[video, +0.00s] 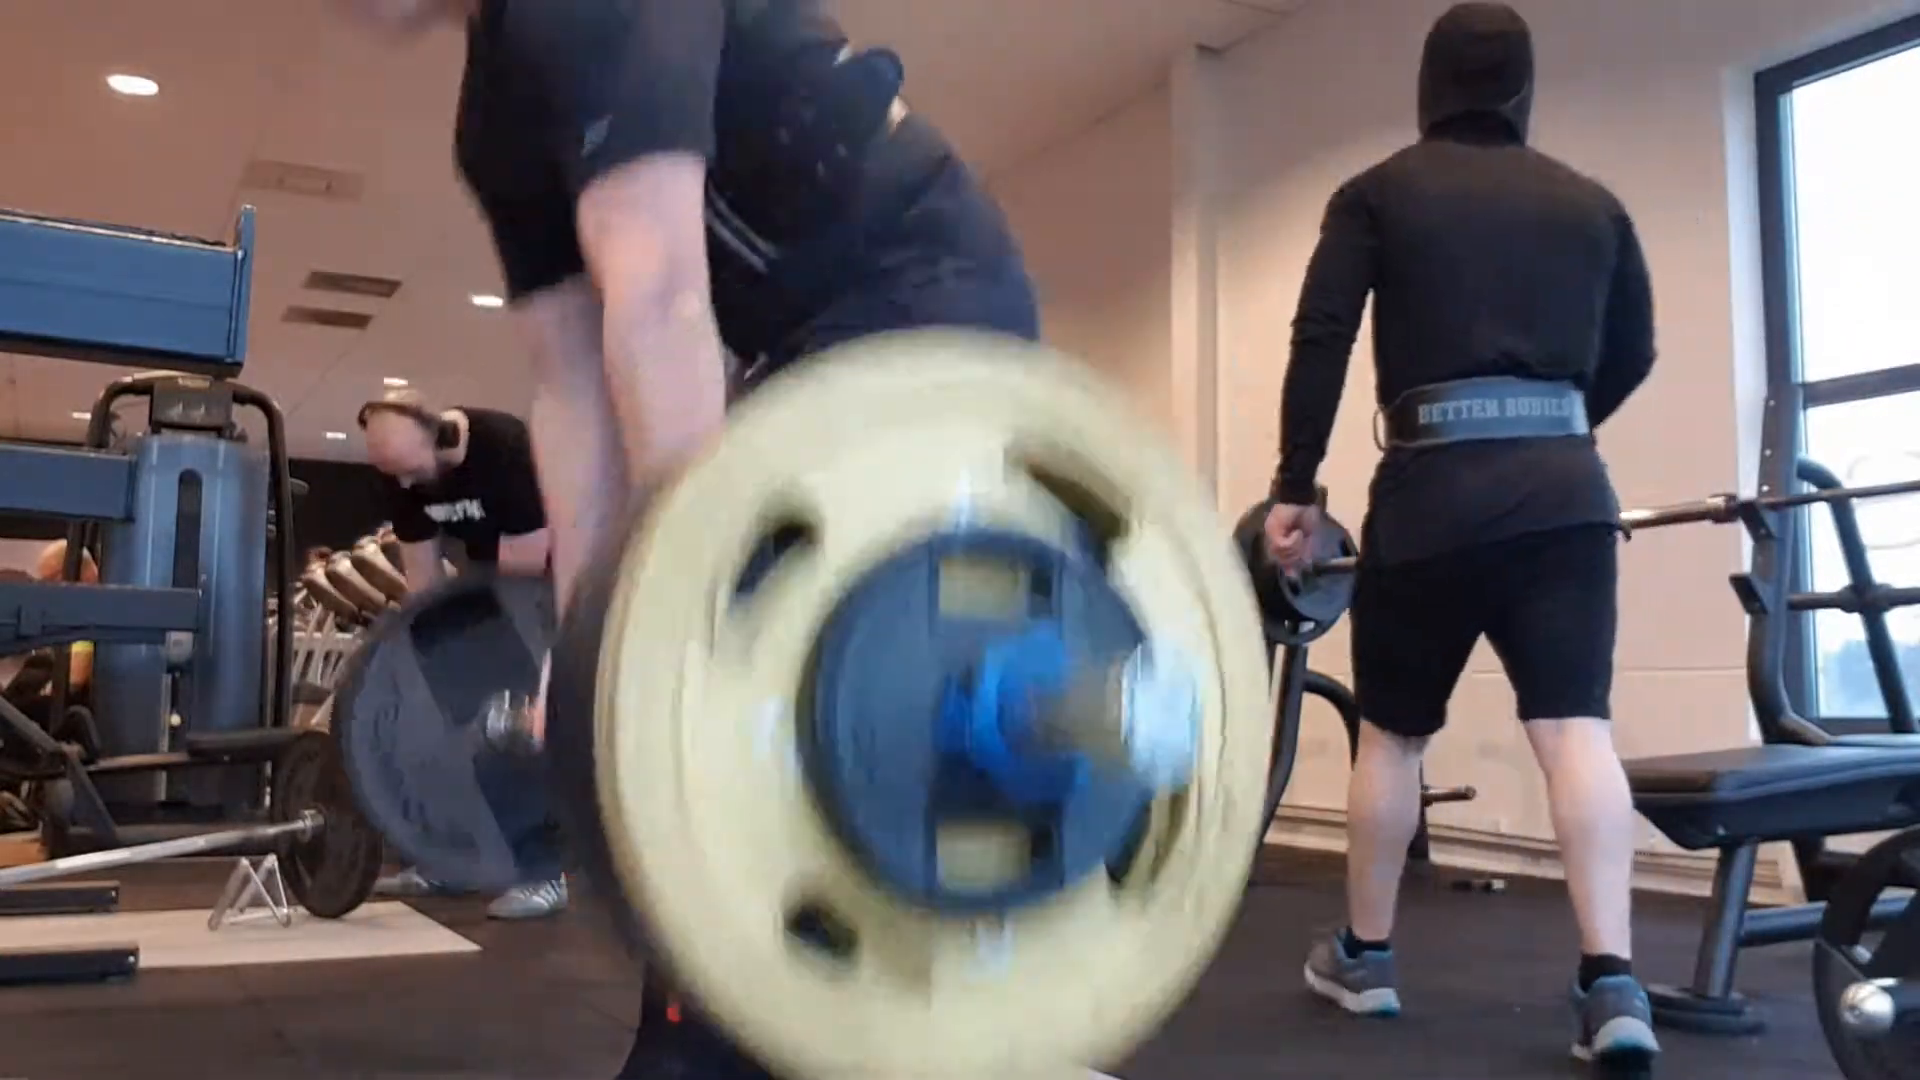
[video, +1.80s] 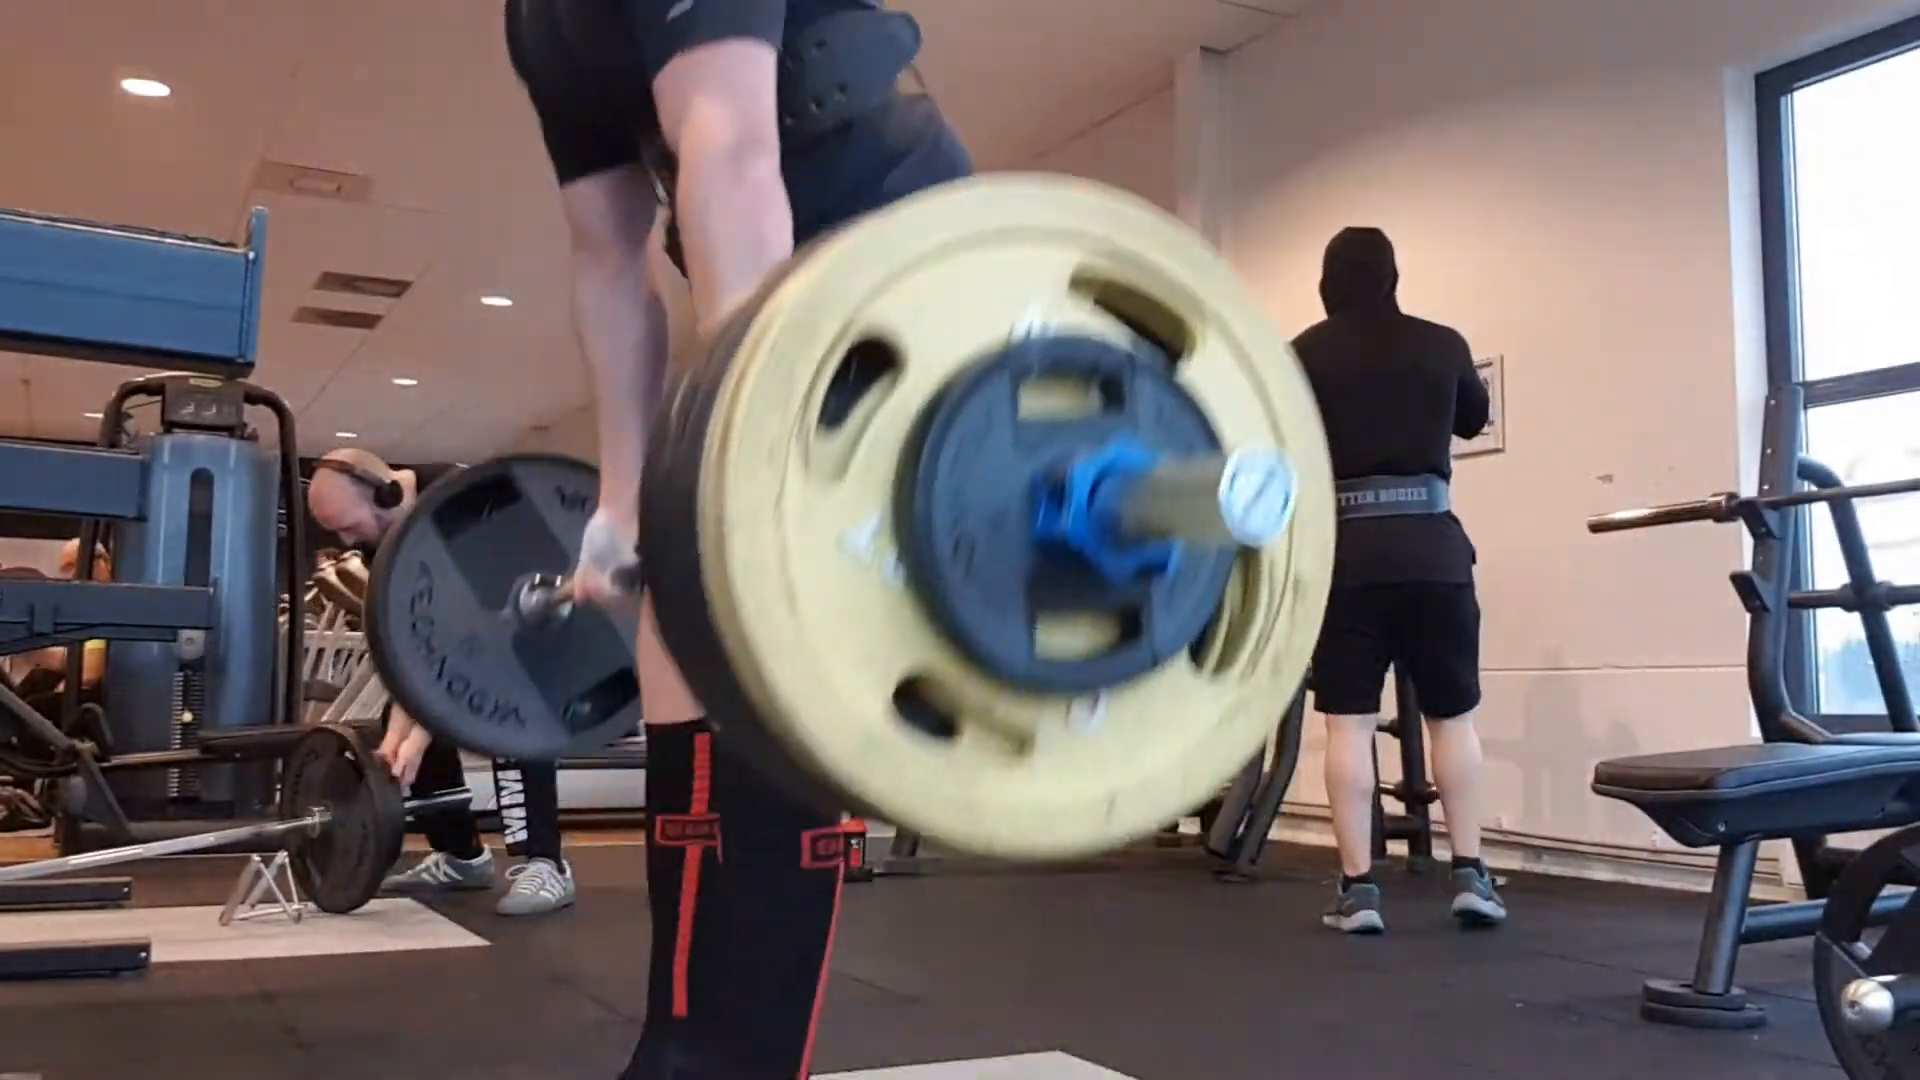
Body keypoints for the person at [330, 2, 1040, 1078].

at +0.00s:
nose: (354, 7)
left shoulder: (594, 12)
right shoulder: (494, 115)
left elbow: (662, 296)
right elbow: (563, 373)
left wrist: (689, 589)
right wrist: (582, 644)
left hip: (915, 318)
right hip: (782, 358)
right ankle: (695, 1028)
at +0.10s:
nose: (277, 171)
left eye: (272, 127)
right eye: (253, 149)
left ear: (353, 53)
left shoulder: (581, 130)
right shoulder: (477, 253)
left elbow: (653, 476)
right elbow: (555, 518)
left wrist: (663, 802)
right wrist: (570, 786)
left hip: (945, 333)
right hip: (817, 377)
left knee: (717, 654)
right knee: (649, 649)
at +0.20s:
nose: (279, 389)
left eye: (267, 350)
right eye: (257, 364)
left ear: (320, 283)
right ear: (340, 269)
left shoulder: (565, 309)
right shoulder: (470, 393)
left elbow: (674, 621)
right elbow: (560, 630)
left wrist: (688, 921)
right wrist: (570, 861)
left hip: (964, 398)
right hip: (845, 420)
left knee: (686, 679)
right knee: (596, 654)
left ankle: (716, 998)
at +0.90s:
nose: (272, 203)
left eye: (275, 161)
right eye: (256, 178)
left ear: (361, 103)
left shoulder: (563, 244)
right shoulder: (461, 329)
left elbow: (648, 580)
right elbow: (535, 590)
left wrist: (653, 906)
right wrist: (535, 845)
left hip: (924, 439)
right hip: (817, 463)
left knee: (600, 675)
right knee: (534, 674)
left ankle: (721, 965)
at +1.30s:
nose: (315, 36)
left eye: (340, 8)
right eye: (319, 15)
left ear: (439, 15)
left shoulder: (600, 151)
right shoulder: (501, 255)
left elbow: (667, 477)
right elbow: (562, 511)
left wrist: (652, 780)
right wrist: (559, 763)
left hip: (942, 391)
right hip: (830, 419)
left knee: (650, 660)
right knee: (582, 653)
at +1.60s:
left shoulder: (643, 15)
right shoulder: (532, 106)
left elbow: (703, 300)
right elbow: (589, 366)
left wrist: (692, 596)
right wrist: (594, 613)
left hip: (921, 328)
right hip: (790, 349)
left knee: (763, 694)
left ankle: (720, 1045)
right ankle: (699, 1036)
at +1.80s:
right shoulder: (547, 17)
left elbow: (732, 153)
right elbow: (609, 248)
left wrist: (758, 465)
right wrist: (621, 493)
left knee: (697, 639)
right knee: (695, 642)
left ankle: (713, 1051)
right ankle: (696, 1042)